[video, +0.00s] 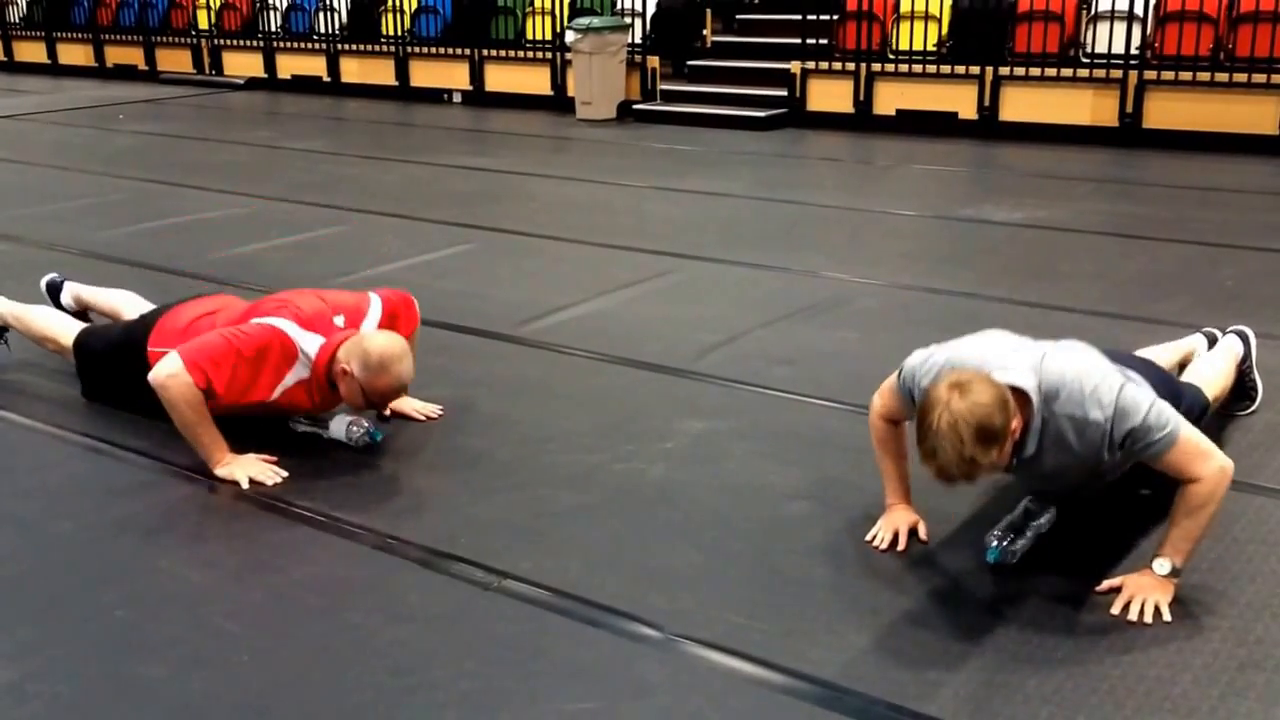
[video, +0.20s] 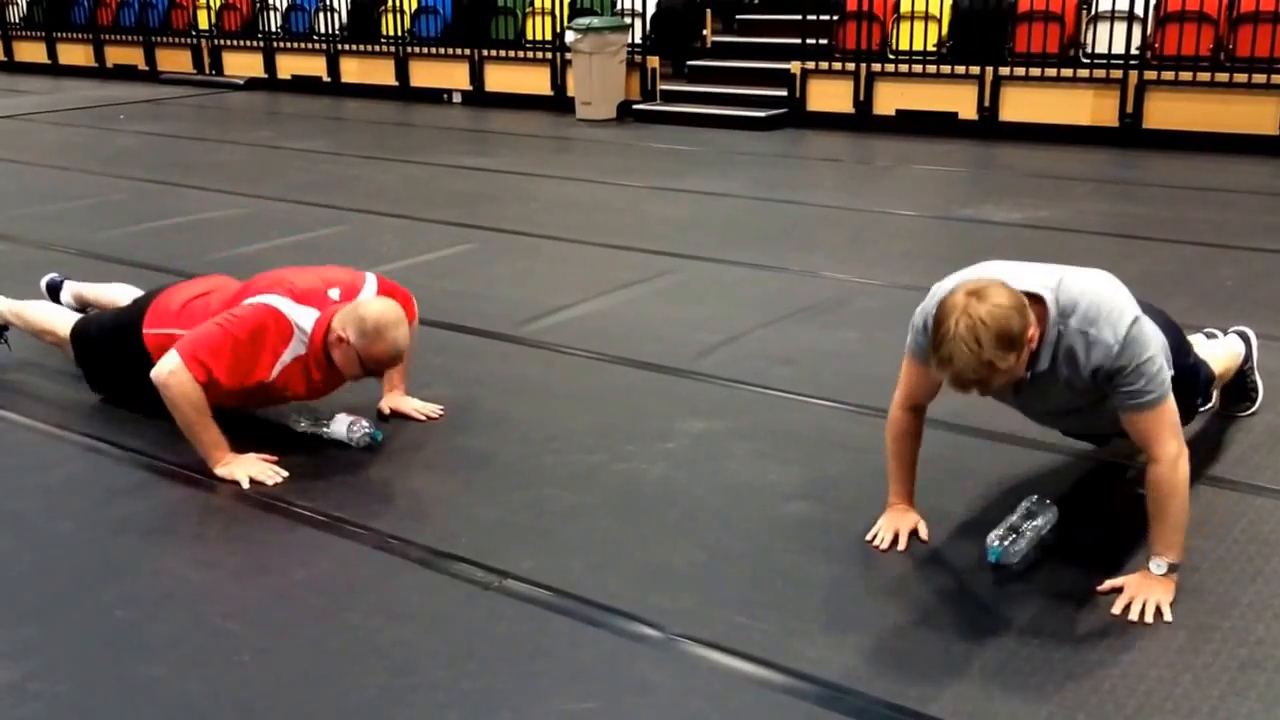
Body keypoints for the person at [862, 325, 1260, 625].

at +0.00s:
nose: (985, 479)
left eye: (990, 469)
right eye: (969, 474)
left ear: (1014, 427)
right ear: (939, 427)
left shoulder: (1103, 403)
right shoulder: (933, 371)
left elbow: (1212, 471)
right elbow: (884, 411)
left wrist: (1162, 571)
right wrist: (897, 503)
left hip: (1136, 396)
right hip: (1086, 371)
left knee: (1195, 395)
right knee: (1136, 366)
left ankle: (1233, 346)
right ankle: (1200, 341)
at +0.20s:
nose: (987, 392)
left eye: (998, 381)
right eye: (973, 383)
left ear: (1031, 337)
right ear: (949, 347)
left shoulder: (1117, 336)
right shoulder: (939, 316)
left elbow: (1168, 454)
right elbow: (908, 406)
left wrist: (1161, 569)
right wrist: (898, 503)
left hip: (1147, 372)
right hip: (1063, 395)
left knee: (1197, 383)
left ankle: (1235, 351)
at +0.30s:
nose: (984, 397)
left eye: (995, 385)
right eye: (970, 387)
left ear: (1028, 344)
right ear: (950, 356)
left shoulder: (1115, 343)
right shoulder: (937, 323)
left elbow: (1179, 457)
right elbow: (904, 408)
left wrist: (1162, 570)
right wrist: (899, 503)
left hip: (1148, 373)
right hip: (1066, 399)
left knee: (1199, 378)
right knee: (1117, 425)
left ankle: (1238, 348)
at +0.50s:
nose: (986, 487)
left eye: (990, 477)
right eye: (968, 481)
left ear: (1014, 439)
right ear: (936, 431)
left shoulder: (1104, 413)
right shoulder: (937, 377)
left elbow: (1219, 471)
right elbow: (883, 409)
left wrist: (1165, 571)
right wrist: (898, 503)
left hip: (1142, 400)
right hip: (1087, 372)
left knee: (1195, 397)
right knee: (1138, 369)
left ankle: (1236, 346)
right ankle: (1200, 341)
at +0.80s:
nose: (994, 460)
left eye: (997, 449)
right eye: (979, 455)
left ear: (1022, 411)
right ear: (947, 413)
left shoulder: (1108, 392)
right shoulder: (935, 362)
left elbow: (1212, 469)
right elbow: (888, 410)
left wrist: (1164, 570)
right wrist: (899, 503)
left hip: (1137, 388)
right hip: (1089, 364)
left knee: (1194, 394)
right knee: (1141, 363)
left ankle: (1236, 346)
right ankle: (1201, 340)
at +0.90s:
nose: (993, 418)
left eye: (1000, 406)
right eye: (978, 412)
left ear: (1028, 365)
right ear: (952, 364)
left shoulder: (1118, 351)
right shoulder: (938, 329)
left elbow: (1189, 459)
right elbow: (901, 407)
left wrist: (1163, 570)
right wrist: (898, 502)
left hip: (1146, 373)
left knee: (1200, 383)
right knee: (1170, 368)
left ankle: (1239, 349)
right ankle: (1210, 344)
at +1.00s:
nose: (992, 386)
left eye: (1003, 375)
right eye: (980, 378)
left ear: (1035, 336)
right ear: (953, 341)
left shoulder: (1122, 334)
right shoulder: (945, 315)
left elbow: (1169, 454)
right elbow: (911, 406)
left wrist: (1161, 569)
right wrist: (899, 502)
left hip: (1148, 377)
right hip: (1064, 400)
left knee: (1198, 385)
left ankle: (1236, 351)